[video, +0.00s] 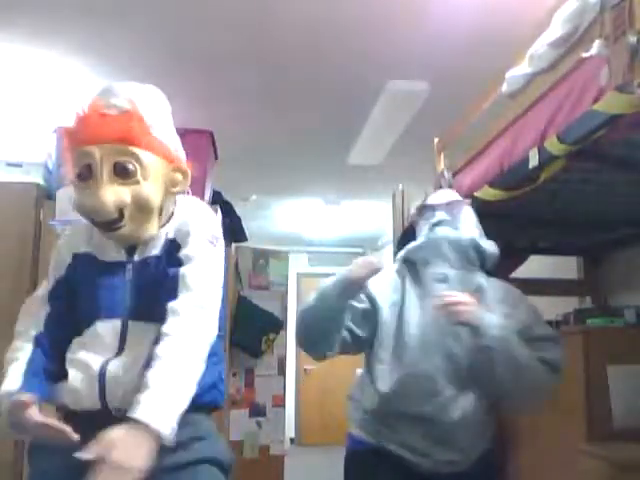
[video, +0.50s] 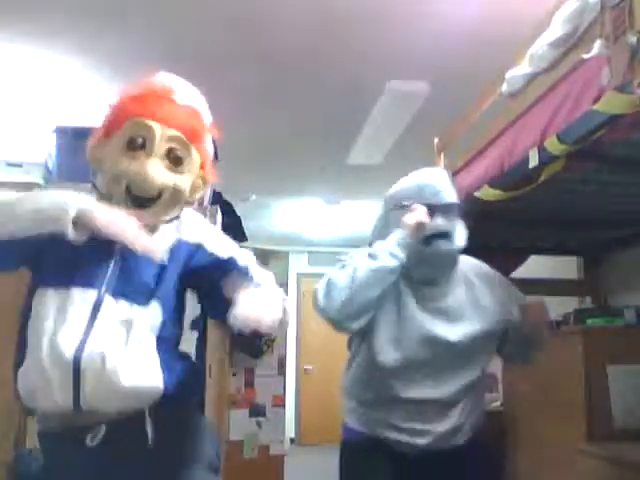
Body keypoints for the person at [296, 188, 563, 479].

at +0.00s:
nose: (444, 224)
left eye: (457, 215)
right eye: (434, 217)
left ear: (476, 231)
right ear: (417, 231)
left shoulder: (504, 298)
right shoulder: (388, 286)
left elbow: (538, 382)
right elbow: (314, 340)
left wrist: (484, 324)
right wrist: (346, 284)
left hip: (469, 459)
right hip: (383, 456)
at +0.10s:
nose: (461, 223)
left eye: (472, 216)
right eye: (447, 214)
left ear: (486, 227)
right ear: (426, 224)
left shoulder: (507, 299)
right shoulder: (395, 285)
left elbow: (533, 388)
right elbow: (326, 319)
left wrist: (528, 343)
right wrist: (399, 254)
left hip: (468, 457)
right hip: (383, 452)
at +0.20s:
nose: (464, 225)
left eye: (477, 216)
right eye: (452, 212)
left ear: (489, 228)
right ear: (425, 219)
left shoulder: (499, 294)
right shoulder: (399, 272)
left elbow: (528, 380)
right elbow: (342, 308)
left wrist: (530, 350)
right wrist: (415, 245)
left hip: (462, 448)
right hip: (381, 444)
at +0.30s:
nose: (461, 224)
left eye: (474, 215)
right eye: (450, 211)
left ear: (486, 225)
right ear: (419, 216)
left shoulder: (499, 294)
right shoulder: (386, 260)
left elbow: (509, 366)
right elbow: (358, 303)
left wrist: (527, 345)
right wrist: (428, 236)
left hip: (459, 446)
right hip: (378, 443)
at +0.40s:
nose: (455, 225)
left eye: (467, 215)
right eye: (441, 213)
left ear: (477, 223)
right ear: (406, 220)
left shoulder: (492, 289)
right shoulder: (379, 262)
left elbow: (502, 357)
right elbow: (349, 300)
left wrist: (524, 343)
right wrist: (421, 235)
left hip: (456, 447)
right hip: (376, 444)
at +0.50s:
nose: (438, 224)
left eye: (448, 213)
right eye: (423, 212)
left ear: (461, 221)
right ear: (392, 224)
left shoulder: (482, 280)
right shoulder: (368, 274)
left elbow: (514, 349)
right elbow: (336, 308)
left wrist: (531, 334)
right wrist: (403, 240)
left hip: (460, 450)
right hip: (375, 450)